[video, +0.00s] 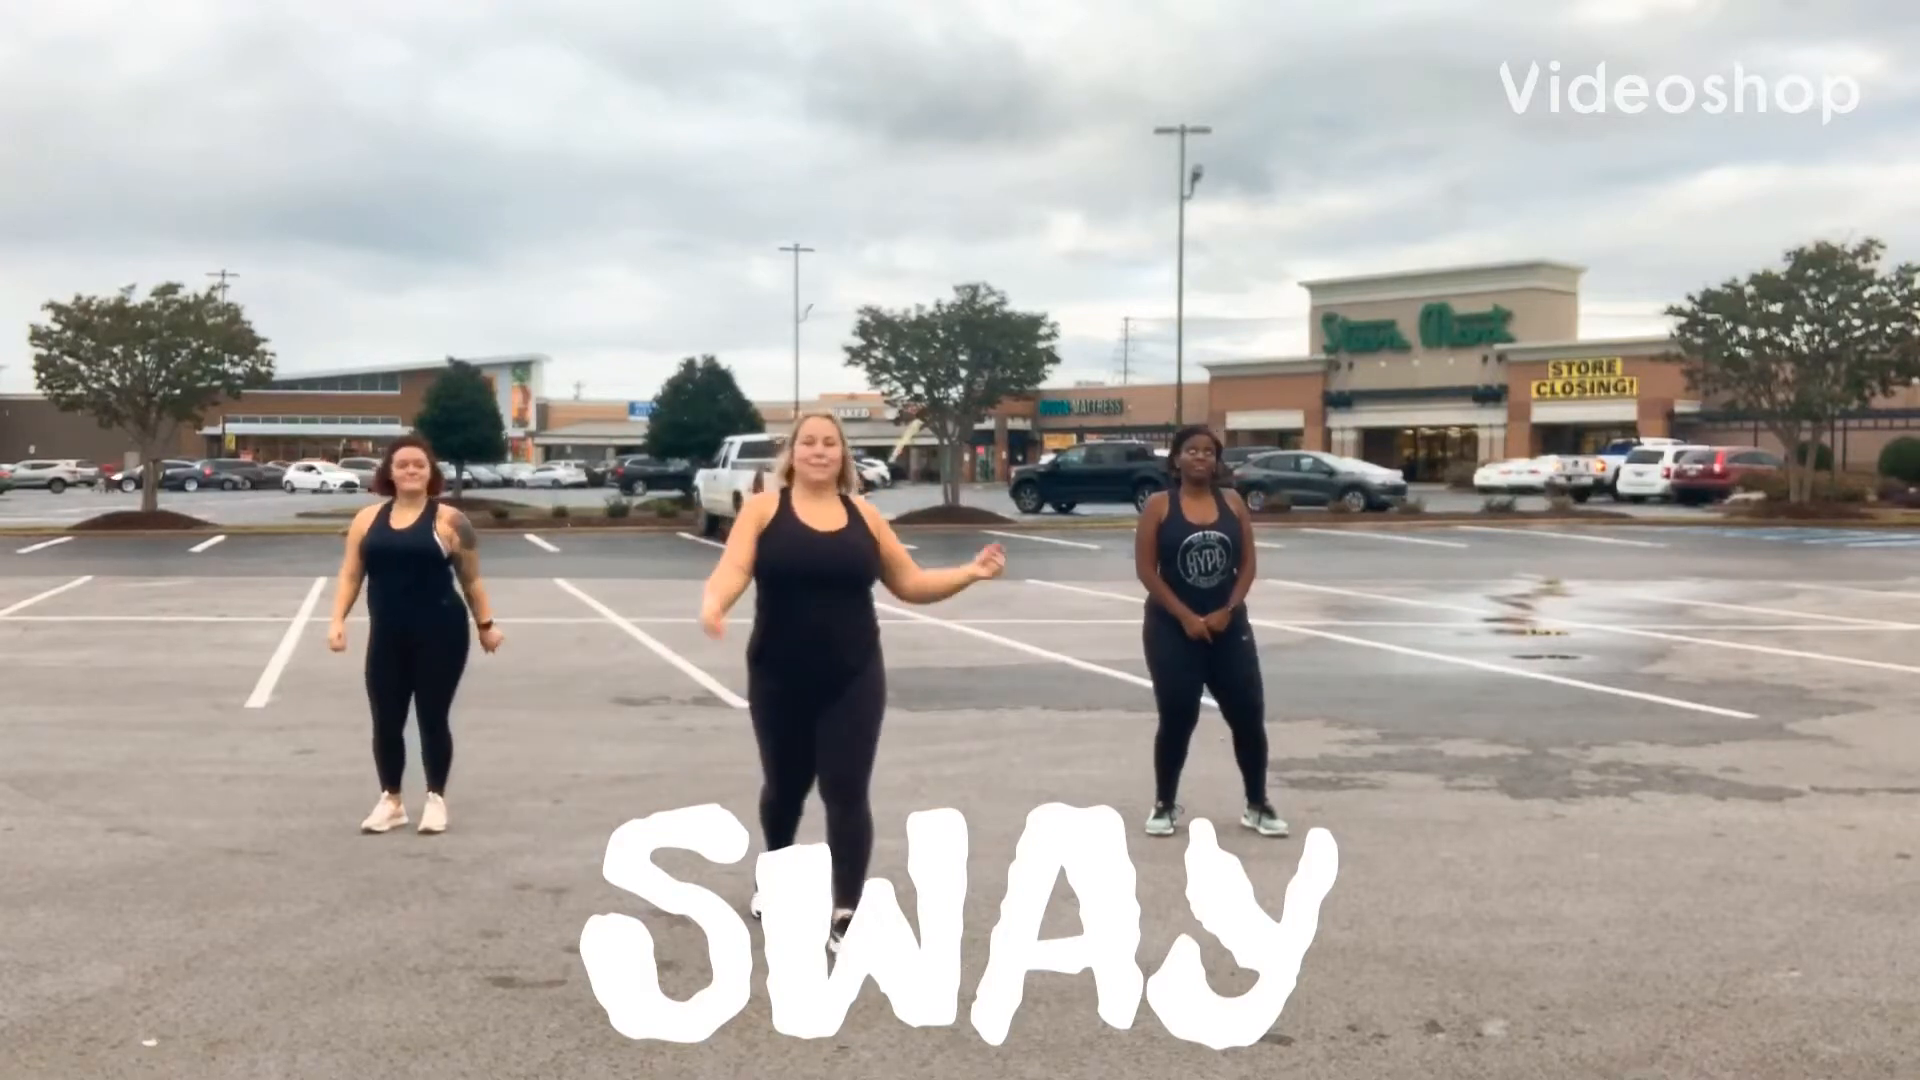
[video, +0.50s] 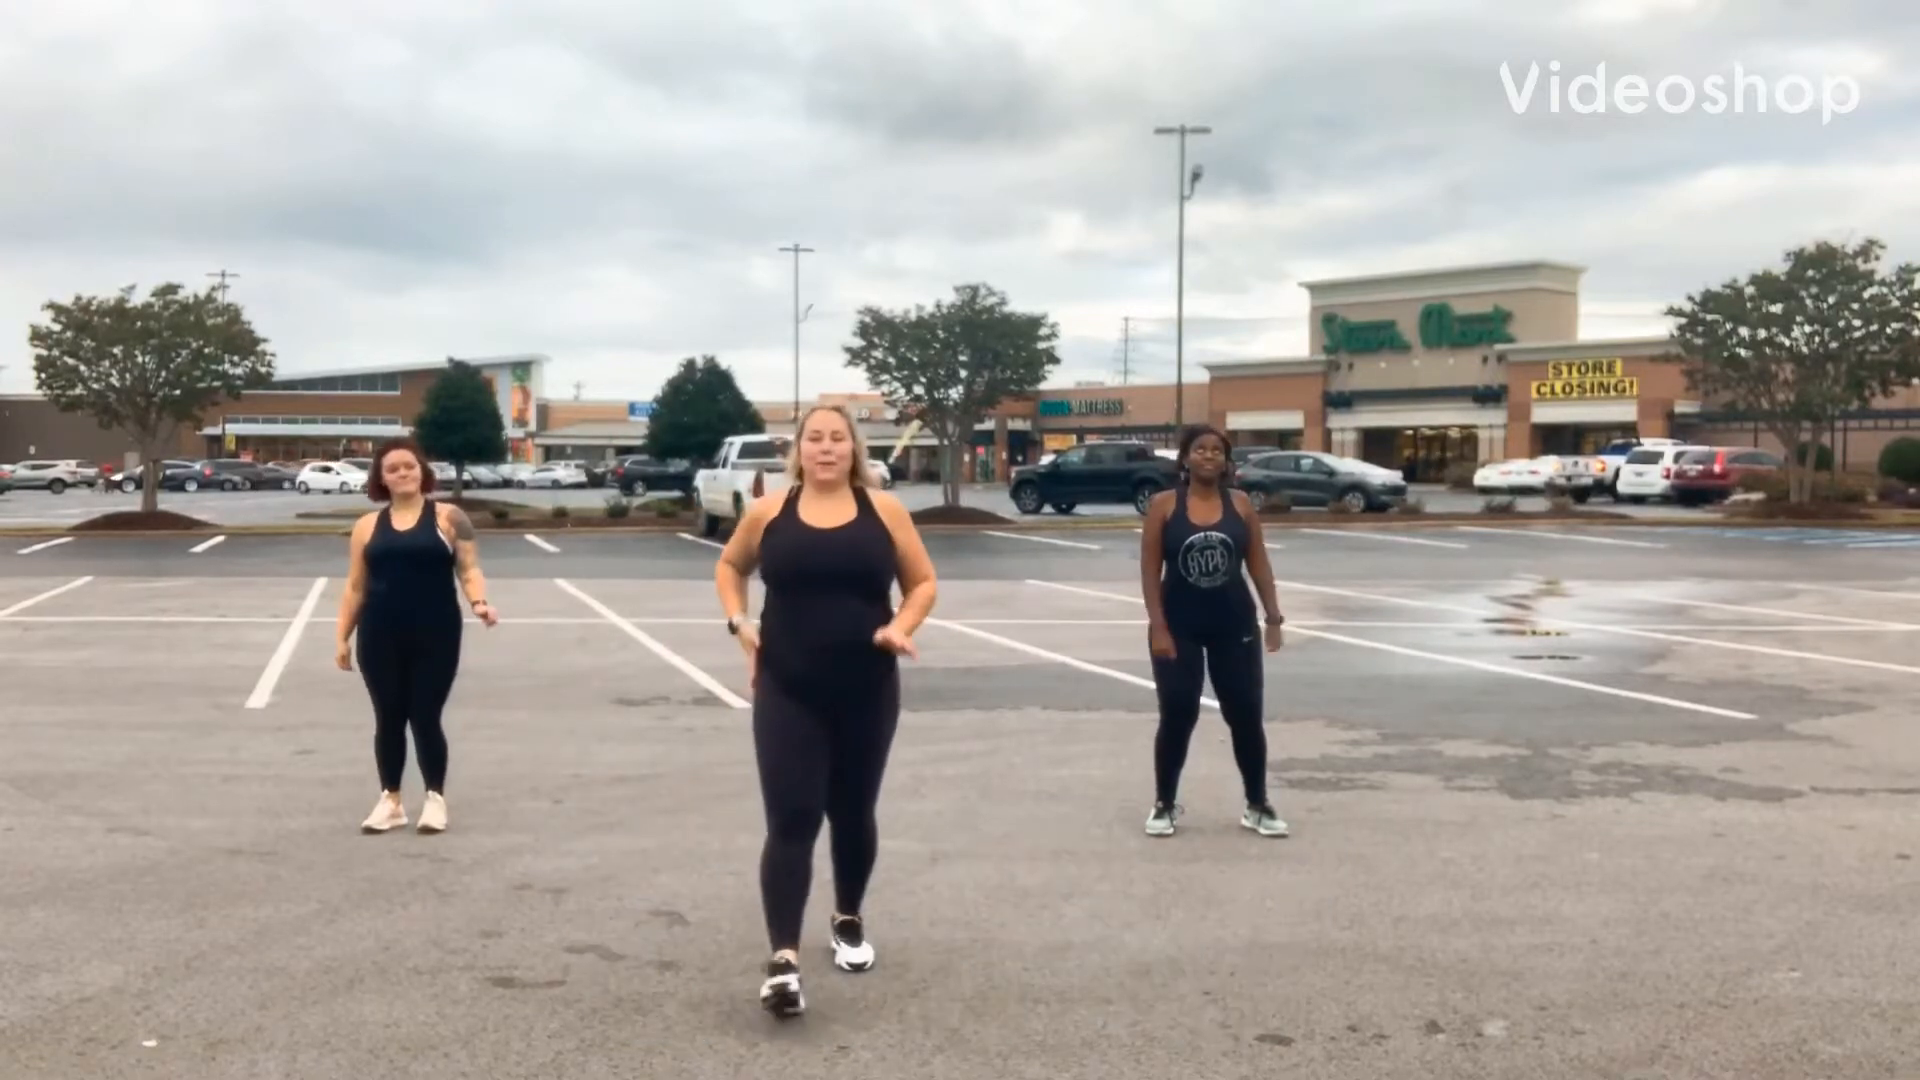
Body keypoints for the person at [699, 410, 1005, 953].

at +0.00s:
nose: (818, 451)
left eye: (828, 443)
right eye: (808, 442)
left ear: (843, 454)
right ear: (791, 453)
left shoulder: (862, 514)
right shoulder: (762, 509)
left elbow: (910, 584)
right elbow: (734, 568)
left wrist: (972, 572)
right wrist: (713, 604)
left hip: (852, 676)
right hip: (779, 675)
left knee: (846, 795)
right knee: (785, 788)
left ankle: (846, 910)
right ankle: (771, 876)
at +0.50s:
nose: (826, 447)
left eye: (836, 438)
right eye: (815, 438)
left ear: (854, 448)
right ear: (798, 448)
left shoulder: (883, 510)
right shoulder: (768, 512)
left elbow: (923, 583)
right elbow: (731, 568)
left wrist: (901, 626)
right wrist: (742, 628)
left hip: (865, 692)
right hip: (787, 691)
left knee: (853, 816)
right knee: (791, 822)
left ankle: (850, 921)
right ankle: (784, 959)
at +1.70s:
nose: (819, 443)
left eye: (831, 434)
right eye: (808, 433)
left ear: (849, 447)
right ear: (790, 446)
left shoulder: (875, 515)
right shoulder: (756, 516)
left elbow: (899, 605)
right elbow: (713, 610)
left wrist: (813, 607)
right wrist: (744, 694)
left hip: (854, 708)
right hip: (774, 707)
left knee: (853, 835)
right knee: (762, 833)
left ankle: (860, 971)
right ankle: (715, 956)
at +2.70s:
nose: (818, 457)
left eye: (829, 448)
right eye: (806, 448)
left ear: (846, 459)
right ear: (787, 460)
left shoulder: (876, 526)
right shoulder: (760, 529)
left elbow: (906, 608)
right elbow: (708, 614)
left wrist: (880, 674)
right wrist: (727, 699)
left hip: (862, 706)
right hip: (783, 710)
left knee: (889, 827)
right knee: (794, 842)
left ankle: (859, 952)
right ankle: (779, 957)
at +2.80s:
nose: (821, 457)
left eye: (832, 447)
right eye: (809, 448)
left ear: (850, 458)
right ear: (791, 459)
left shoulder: (883, 524)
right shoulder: (766, 531)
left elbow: (915, 617)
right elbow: (736, 620)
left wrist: (929, 701)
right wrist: (767, 686)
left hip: (869, 706)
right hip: (788, 707)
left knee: (915, 813)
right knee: (785, 840)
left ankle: (894, 940)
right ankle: (778, 957)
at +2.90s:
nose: (835, 449)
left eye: (846, 439)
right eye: (823, 440)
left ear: (864, 451)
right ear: (805, 452)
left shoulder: (897, 517)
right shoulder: (778, 520)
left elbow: (949, 588)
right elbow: (755, 609)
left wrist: (961, 662)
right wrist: (819, 612)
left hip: (881, 702)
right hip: (795, 704)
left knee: (925, 822)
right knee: (786, 833)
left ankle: (958, 935)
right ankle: (777, 954)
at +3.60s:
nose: (825, 440)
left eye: (837, 431)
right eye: (814, 430)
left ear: (854, 445)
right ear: (796, 445)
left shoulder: (882, 512)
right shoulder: (765, 511)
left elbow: (924, 588)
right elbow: (708, 586)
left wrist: (896, 650)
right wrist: (758, 607)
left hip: (859, 694)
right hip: (776, 695)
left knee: (885, 817)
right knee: (775, 826)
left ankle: (882, 931)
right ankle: (771, 949)